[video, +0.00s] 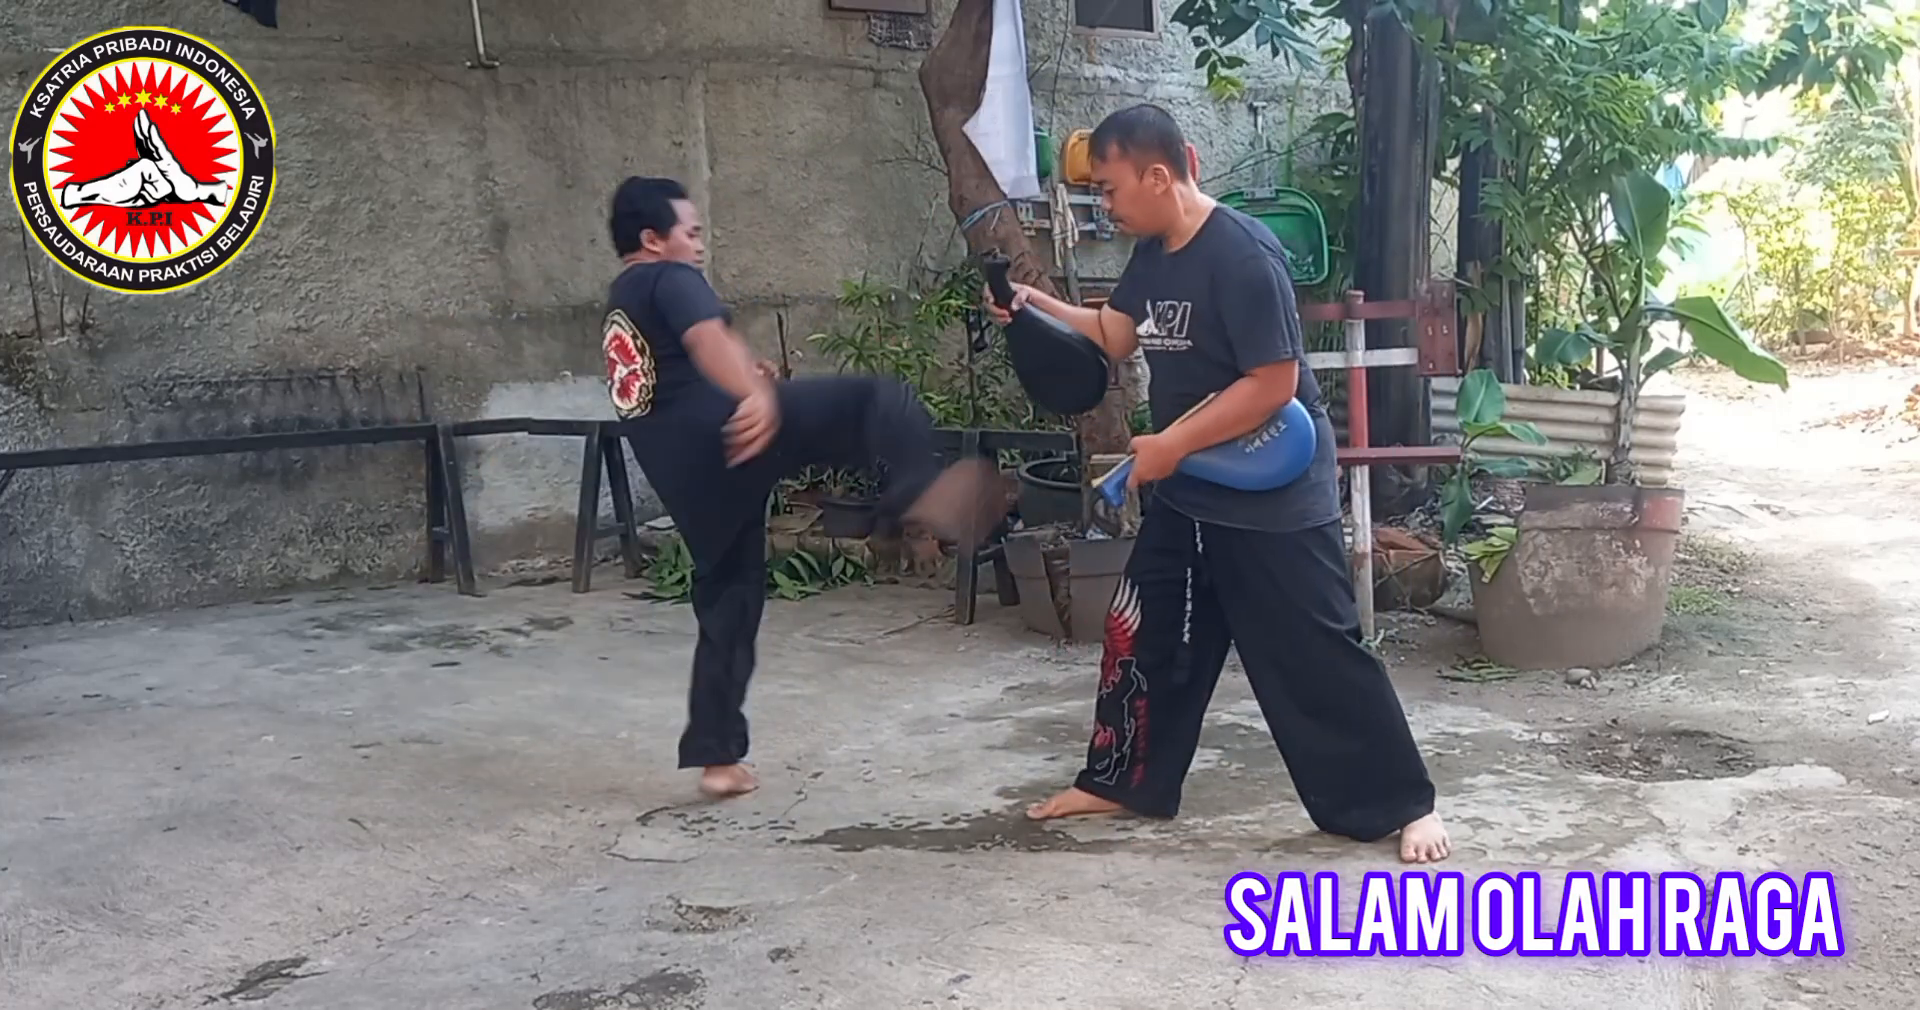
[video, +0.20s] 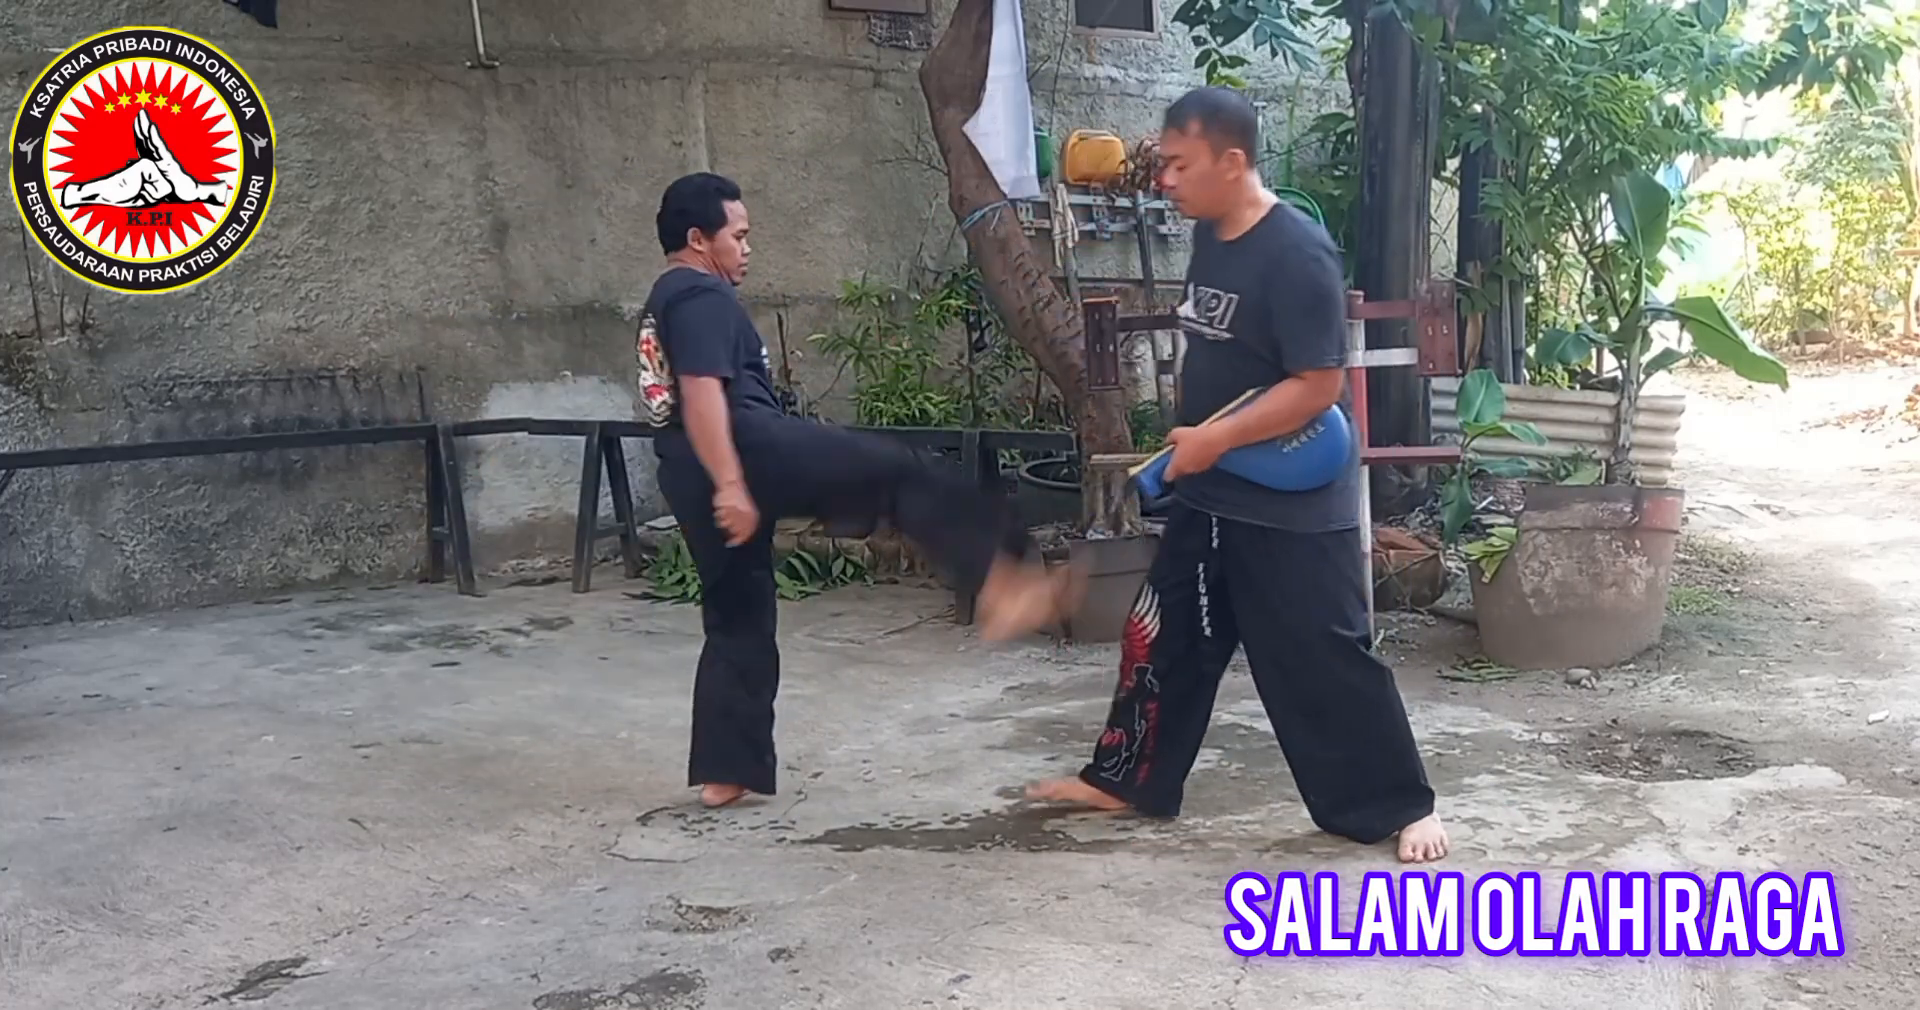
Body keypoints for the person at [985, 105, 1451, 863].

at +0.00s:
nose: (1105, 206)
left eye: (1111, 188)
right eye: (1101, 191)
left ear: (1168, 175)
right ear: (1157, 181)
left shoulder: (1245, 255)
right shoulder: (1152, 252)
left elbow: (1274, 383)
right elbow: (1114, 333)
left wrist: (1172, 442)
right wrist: (1038, 303)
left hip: (1273, 499)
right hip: (1185, 492)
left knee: (1323, 652)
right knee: (1149, 637)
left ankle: (1410, 806)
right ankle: (1121, 781)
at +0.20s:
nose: (1166, 178)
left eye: (1177, 163)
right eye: (1164, 163)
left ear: (1233, 161)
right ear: (1216, 163)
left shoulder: (1298, 250)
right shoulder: (1211, 234)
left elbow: (1321, 384)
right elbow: (1224, 357)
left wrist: (1216, 437)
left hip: (1293, 500)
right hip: (1213, 487)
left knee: (1331, 656)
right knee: (1170, 638)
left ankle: (1410, 810)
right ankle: (1130, 779)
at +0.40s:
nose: (1207, 148)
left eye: (1217, 131)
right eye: (1205, 132)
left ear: (1273, 131)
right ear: (1254, 135)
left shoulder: (1339, 224)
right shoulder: (1254, 218)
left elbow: (1372, 359)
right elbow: (1276, 345)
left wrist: (1282, 440)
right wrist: (1255, 443)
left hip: (1338, 488)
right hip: (1266, 480)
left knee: (1361, 656)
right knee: (1232, 630)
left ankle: (1408, 814)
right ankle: (1196, 768)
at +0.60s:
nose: (1195, 147)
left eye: (1203, 130)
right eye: (1193, 131)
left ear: (1255, 129)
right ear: (1246, 130)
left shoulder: (1329, 224)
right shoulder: (1244, 218)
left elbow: (1360, 361)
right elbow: (1265, 347)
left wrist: (1269, 443)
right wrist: (1248, 449)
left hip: (1336, 491)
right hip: (1260, 482)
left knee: (1367, 655)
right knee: (1233, 638)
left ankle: (1414, 814)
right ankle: (1190, 779)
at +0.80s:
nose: (1139, 158)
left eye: (1149, 140)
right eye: (1137, 143)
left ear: (1204, 136)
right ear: (1187, 142)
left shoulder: (1285, 227)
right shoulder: (1180, 231)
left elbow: (1325, 354)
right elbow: (1211, 346)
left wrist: (1246, 447)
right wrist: (1204, 448)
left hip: (1300, 482)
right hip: (1207, 478)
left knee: (1348, 645)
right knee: (1195, 637)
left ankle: (1413, 805)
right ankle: (1186, 784)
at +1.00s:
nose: (1103, 175)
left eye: (1109, 156)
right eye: (1096, 161)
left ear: (1159, 141)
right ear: (1132, 151)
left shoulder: (1256, 217)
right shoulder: (1127, 231)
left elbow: (1308, 335)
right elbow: (1150, 337)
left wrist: (1250, 425)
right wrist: (1145, 414)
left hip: (1275, 472)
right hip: (1176, 474)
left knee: (1309, 633)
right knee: (1176, 630)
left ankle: (1356, 797)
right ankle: (1179, 781)